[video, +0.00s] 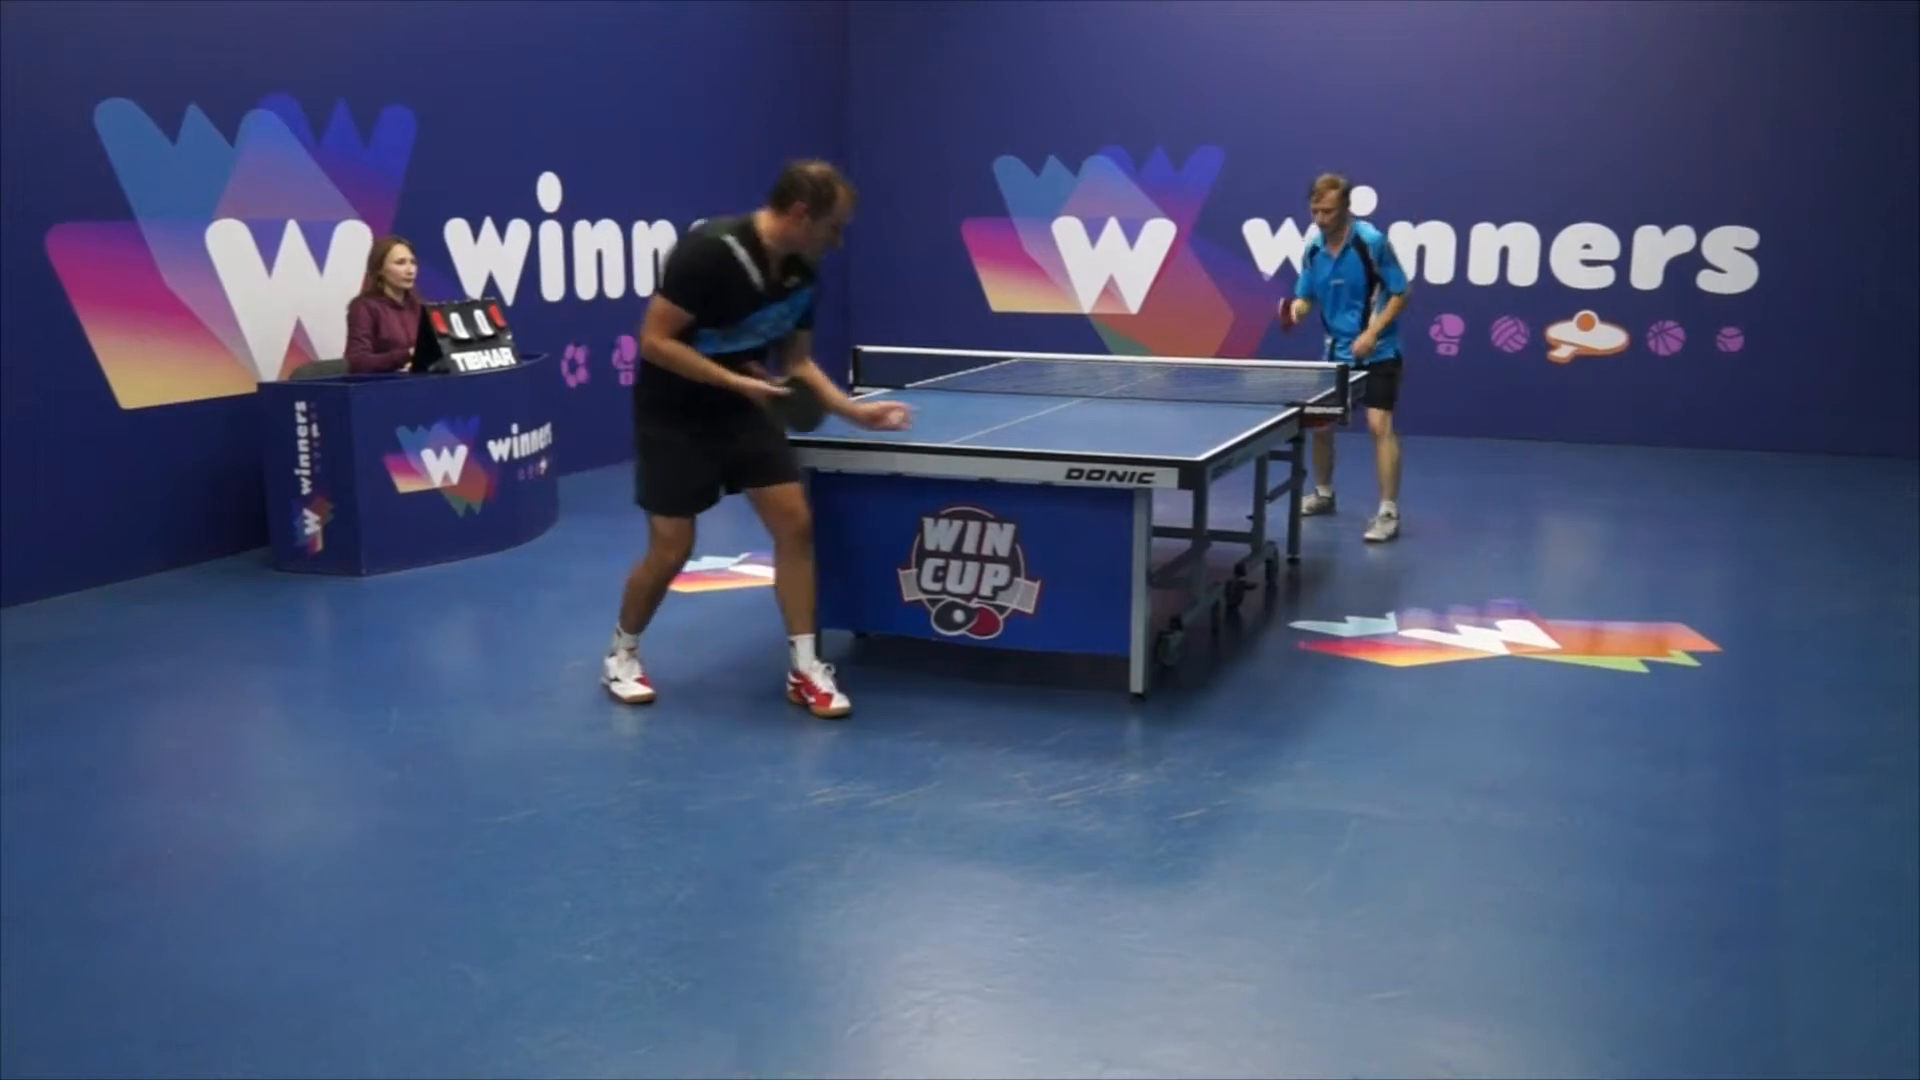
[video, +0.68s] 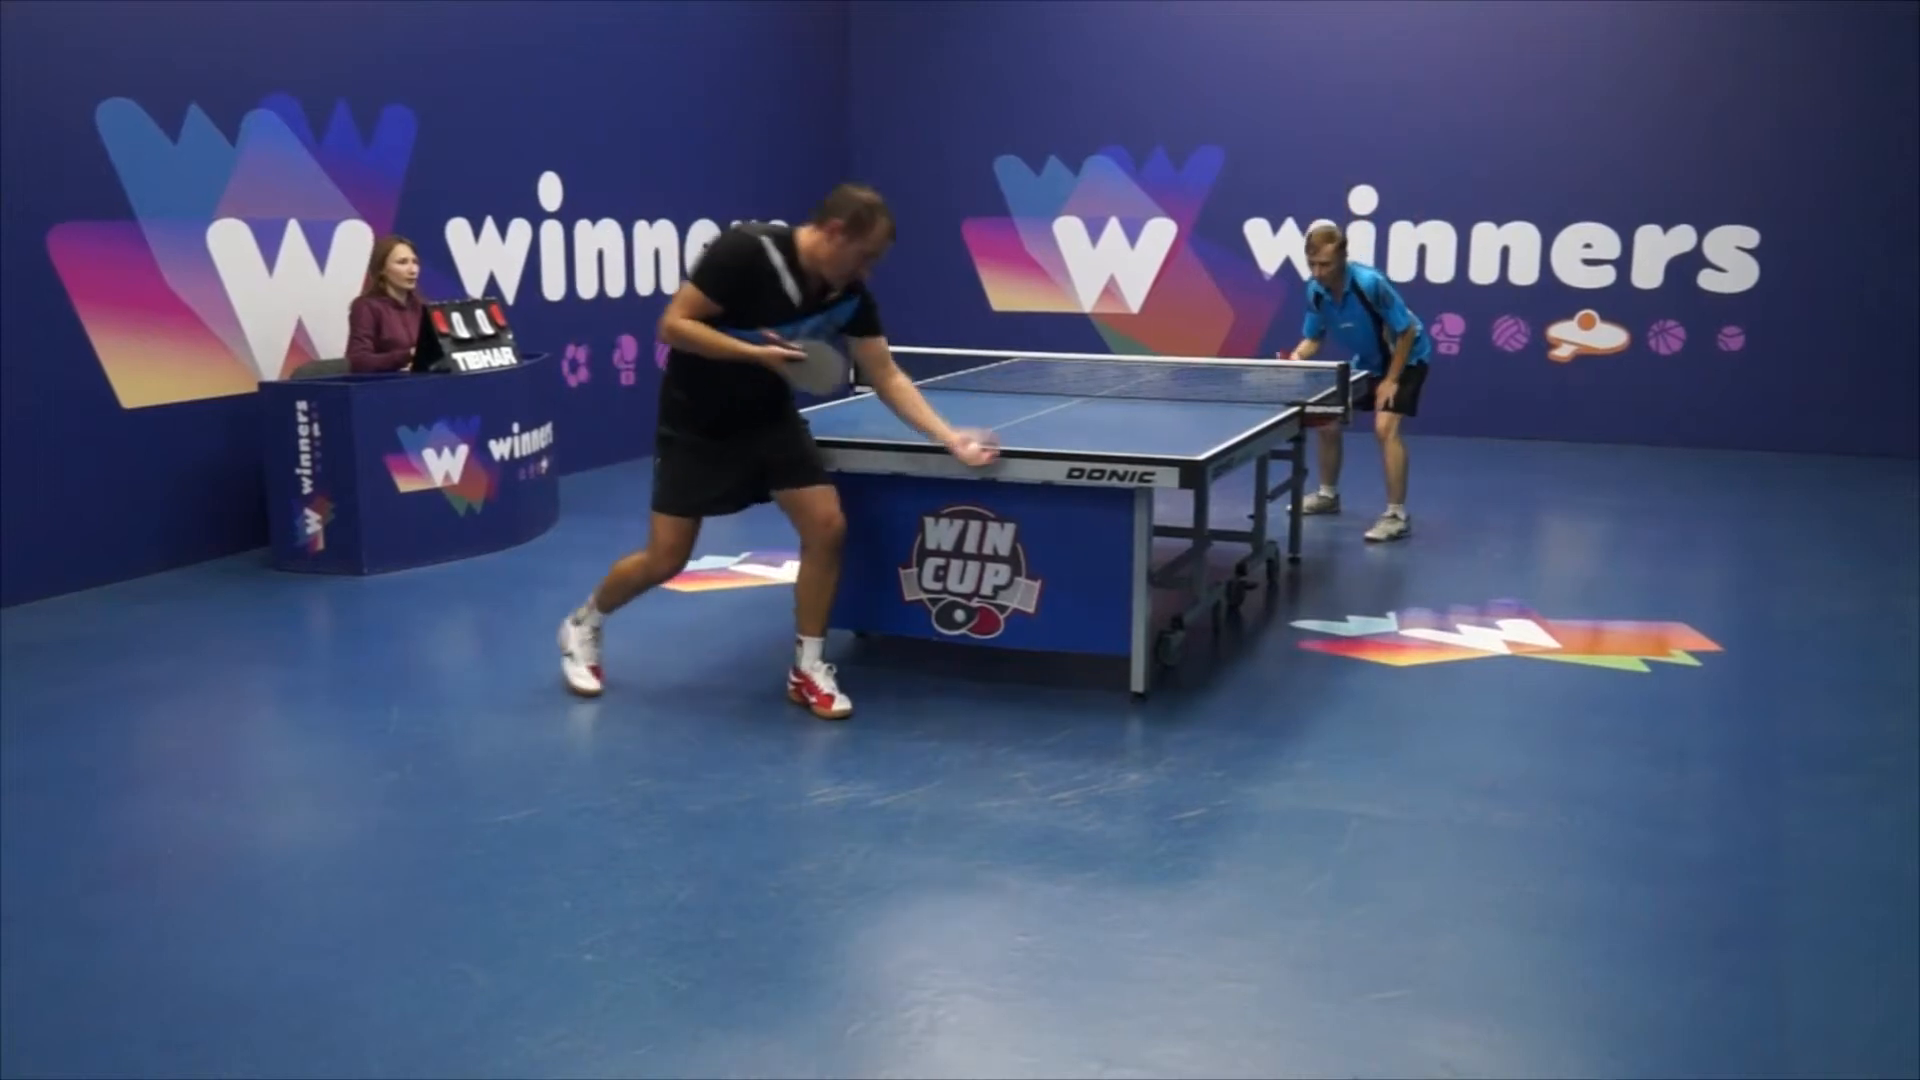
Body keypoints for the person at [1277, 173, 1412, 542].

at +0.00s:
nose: (1320, 217)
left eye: (1327, 211)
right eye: (1316, 210)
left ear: (1346, 209)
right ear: (1311, 209)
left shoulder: (1372, 241)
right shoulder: (1314, 249)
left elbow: (1400, 292)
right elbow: (1306, 298)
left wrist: (1373, 332)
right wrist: (1293, 313)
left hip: (1378, 348)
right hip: (1336, 349)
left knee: (1379, 424)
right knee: (1320, 420)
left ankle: (1387, 510)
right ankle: (1323, 493)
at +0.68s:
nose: (1318, 272)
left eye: (1325, 264)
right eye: (1313, 264)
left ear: (1343, 258)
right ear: (1308, 260)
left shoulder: (1369, 283)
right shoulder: (1315, 290)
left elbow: (1407, 331)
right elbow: (1313, 338)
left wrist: (1391, 380)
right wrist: (1295, 358)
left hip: (1406, 355)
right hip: (1368, 358)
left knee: (1385, 427)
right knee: (1327, 418)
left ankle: (1396, 513)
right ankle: (1327, 494)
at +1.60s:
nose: (1336, 225)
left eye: (1345, 219)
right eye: (1332, 217)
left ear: (1360, 219)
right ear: (1325, 216)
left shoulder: (1381, 255)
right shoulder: (1319, 258)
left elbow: (1408, 303)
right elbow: (1306, 307)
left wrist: (1374, 345)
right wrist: (1292, 319)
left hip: (1383, 361)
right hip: (1339, 362)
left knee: (1382, 436)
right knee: (1311, 422)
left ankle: (1398, 513)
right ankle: (1323, 482)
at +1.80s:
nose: (1332, 216)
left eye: (1340, 209)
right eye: (1327, 208)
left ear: (1359, 209)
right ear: (1322, 207)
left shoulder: (1381, 244)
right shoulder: (1314, 249)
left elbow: (1411, 292)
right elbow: (1301, 298)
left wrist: (1379, 329)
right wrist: (1289, 310)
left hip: (1382, 352)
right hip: (1334, 353)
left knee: (1393, 432)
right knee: (1287, 414)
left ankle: (1421, 513)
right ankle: (1278, 499)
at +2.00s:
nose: (1319, 243)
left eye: (1326, 236)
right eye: (1316, 235)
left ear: (1345, 234)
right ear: (1311, 233)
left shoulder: (1371, 267)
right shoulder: (1304, 275)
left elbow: (1409, 306)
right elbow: (1290, 325)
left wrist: (1381, 328)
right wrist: (1282, 364)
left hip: (1373, 375)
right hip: (1323, 375)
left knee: (1397, 444)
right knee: (1268, 429)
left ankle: (1425, 521)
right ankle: (1226, 498)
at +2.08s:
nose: (1309, 260)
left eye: (1316, 253)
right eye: (1305, 253)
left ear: (1334, 250)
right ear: (1300, 250)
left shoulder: (1358, 278)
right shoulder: (1290, 285)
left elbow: (1405, 308)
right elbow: (1265, 330)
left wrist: (1377, 321)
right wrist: (1260, 370)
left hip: (1363, 380)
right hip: (1314, 381)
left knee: (1393, 444)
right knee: (1261, 437)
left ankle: (1420, 522)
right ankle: (1213, 502)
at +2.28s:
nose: (1309, 281)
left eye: (1316, 275)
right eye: (1304, 273)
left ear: (1331, 268)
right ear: (1297, 265)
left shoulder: (1346, 292)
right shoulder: (1282, 288)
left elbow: (1381, 324)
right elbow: (1223, 305)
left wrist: (1347, 314)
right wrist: (1237, 339)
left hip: (1343, 384)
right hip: (1294, 385)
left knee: (1378, 446)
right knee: (1251, 448)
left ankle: (1419, 523)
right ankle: (1202, 507)